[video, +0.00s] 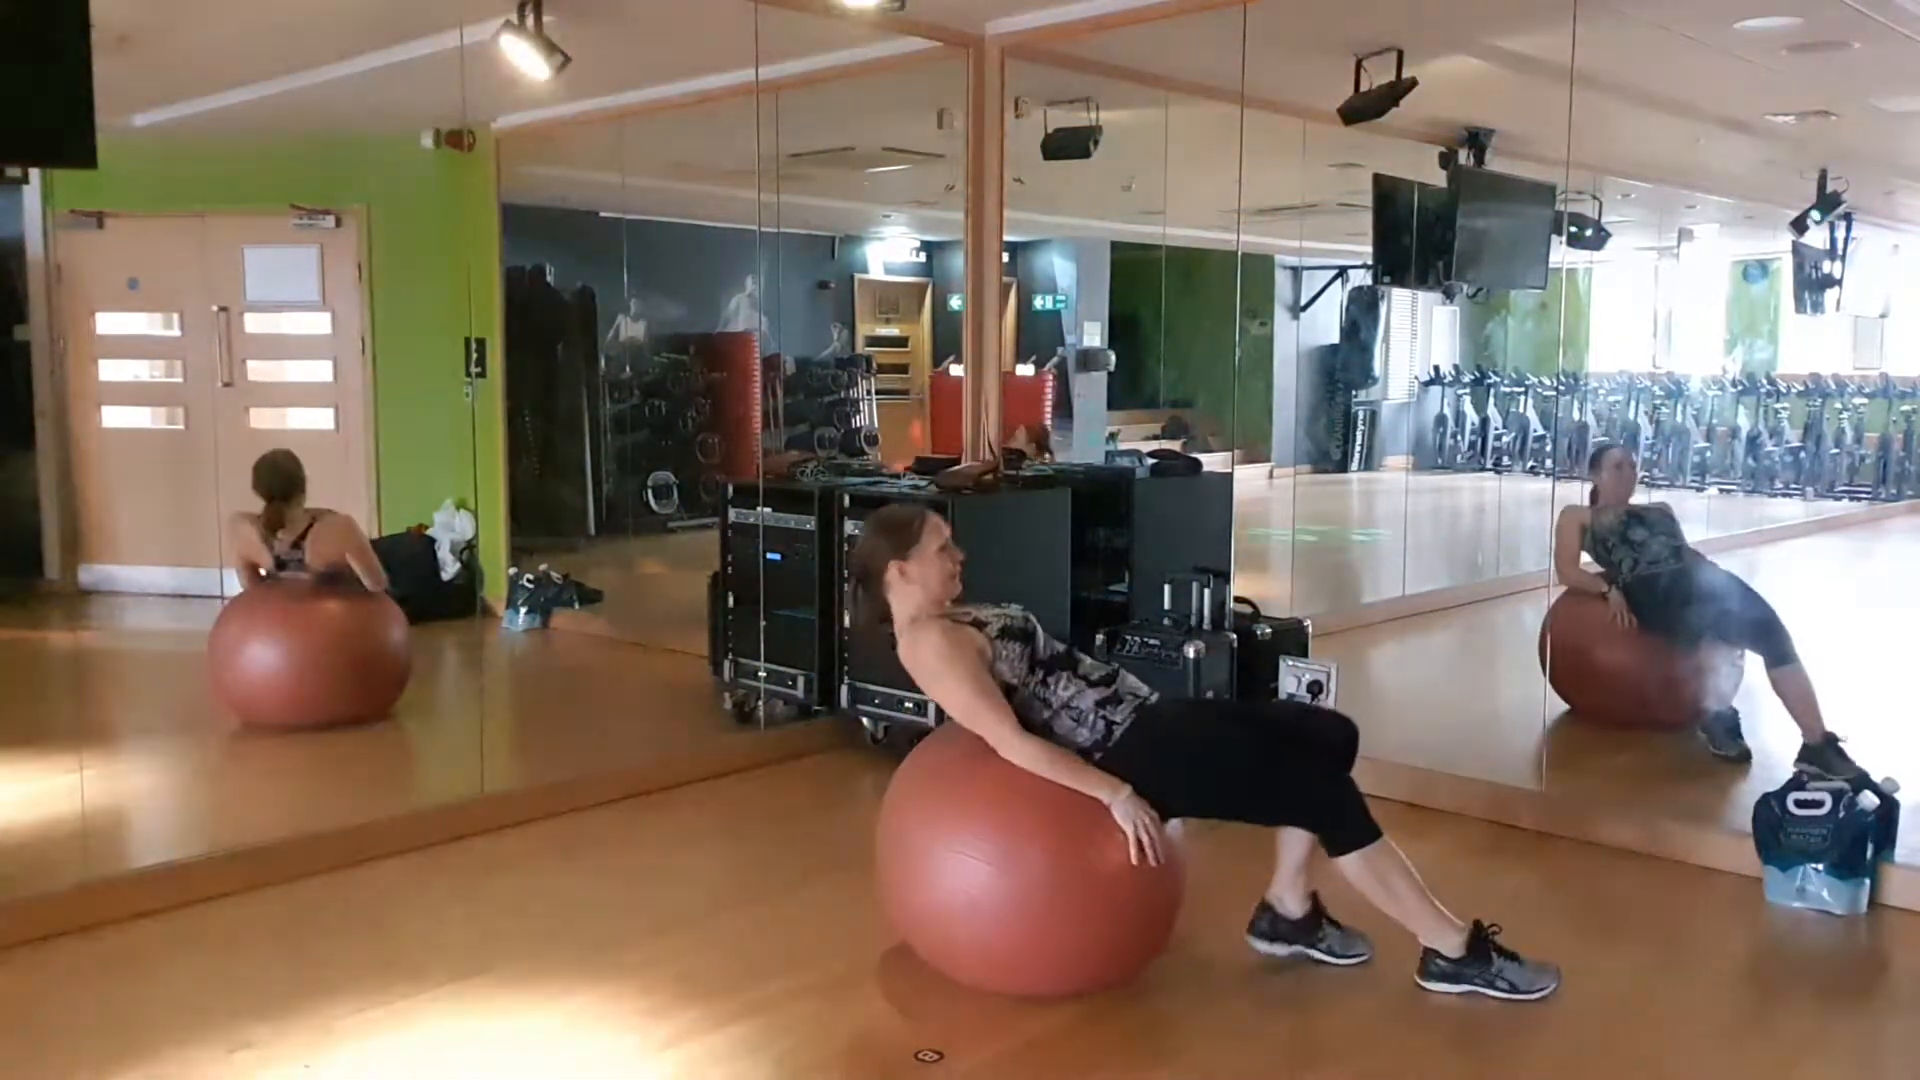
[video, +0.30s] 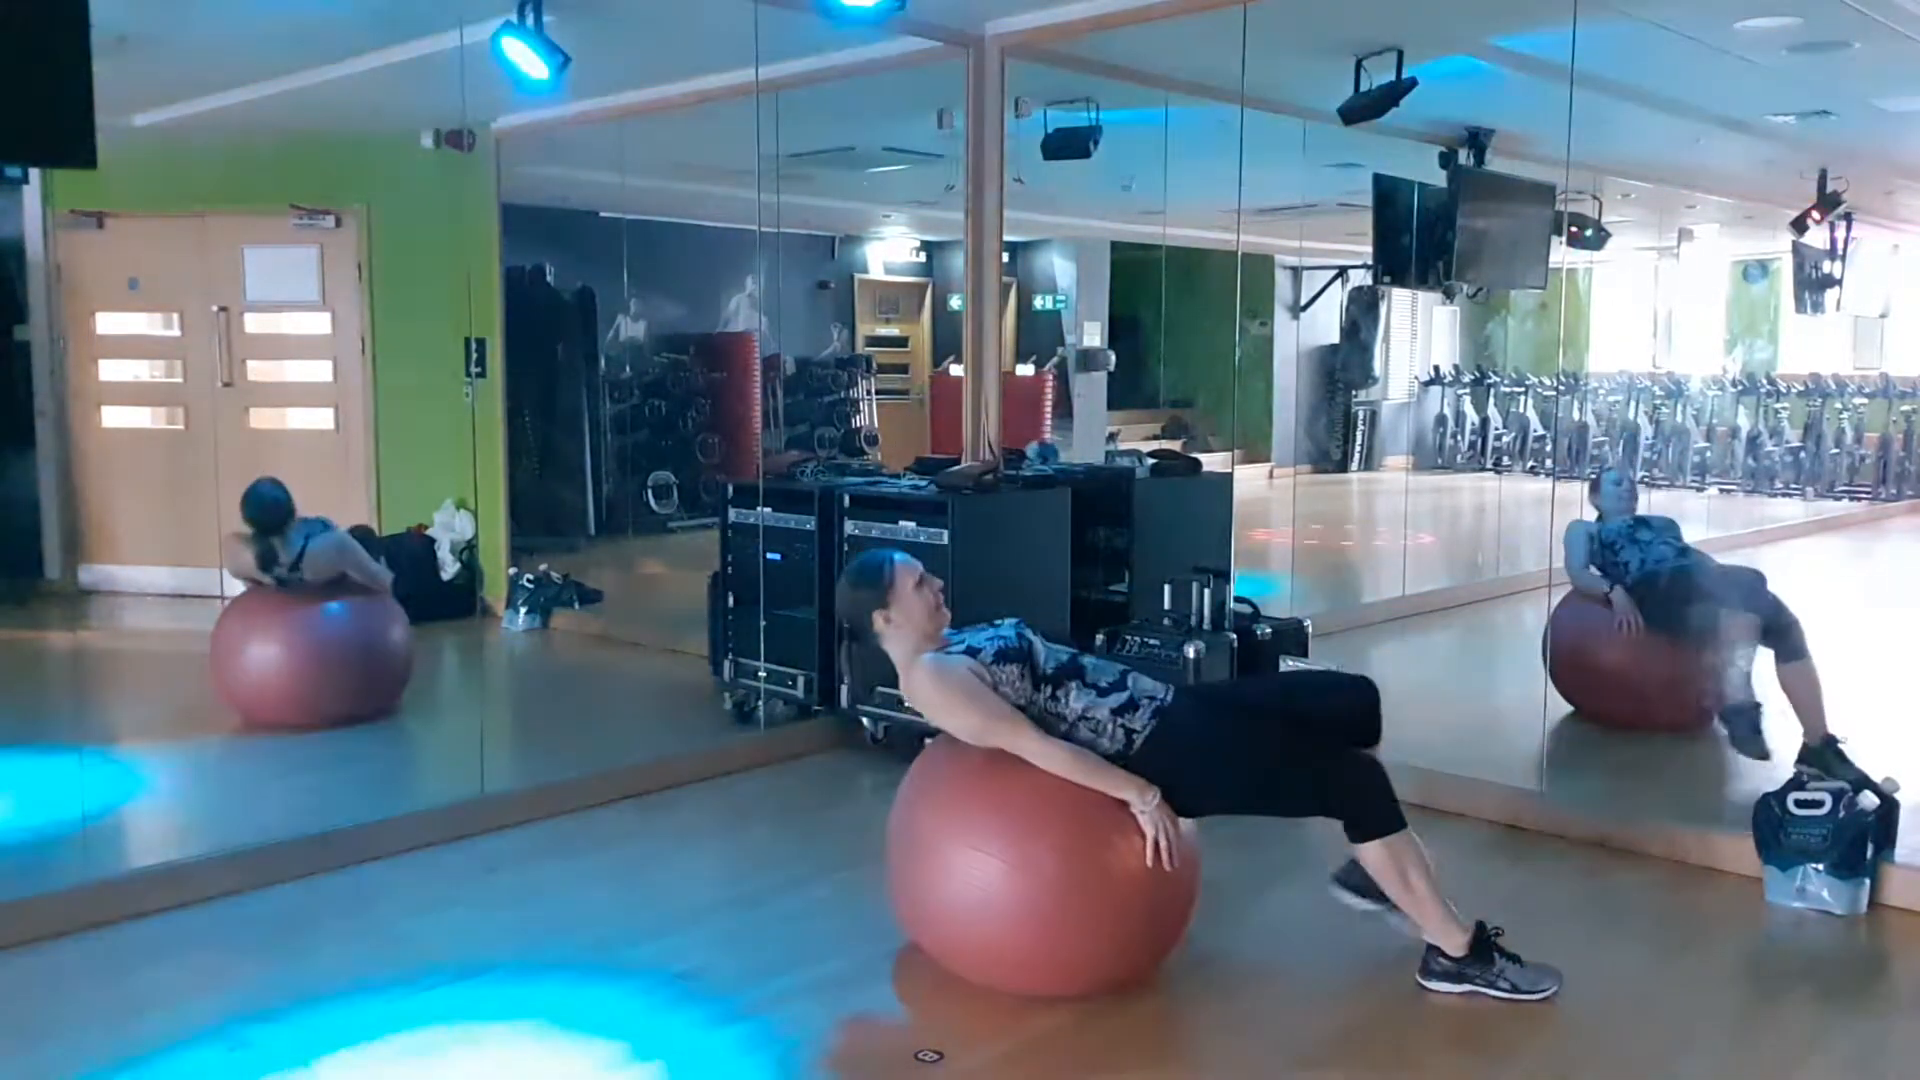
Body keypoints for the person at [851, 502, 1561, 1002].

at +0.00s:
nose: (958, 557)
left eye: (952, 544)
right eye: (942, 549)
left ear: (919, 565)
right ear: (899, 574)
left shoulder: (956, 620)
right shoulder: (933, 643)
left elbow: (1045, 691)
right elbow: (1008, 737)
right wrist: (1111, 791)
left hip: (1145, 720)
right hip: (1128, 751)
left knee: (1327, 733)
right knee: (1320, 780)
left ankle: (1290, 911)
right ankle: (1453, 946)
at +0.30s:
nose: (936, 583)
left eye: (927, 573)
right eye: (918, 581)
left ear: (911, 596)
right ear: (888, 612)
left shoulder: (960, 644)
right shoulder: (932, 677)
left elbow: (1061, 692)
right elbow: (1026, 740)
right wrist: (1134, 790)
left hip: (1178, 704)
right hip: (1162, 749)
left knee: (1358, 700)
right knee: (1352, 776)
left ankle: (1367, 865)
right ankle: (1453, 945)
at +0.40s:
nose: (932, 589)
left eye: (923, 581)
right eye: (914, 590)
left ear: (910, 608)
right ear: (886, 626)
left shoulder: (966, 649)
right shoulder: (934, 684)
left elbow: (1073, 690)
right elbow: (1029, 743)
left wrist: (1175, 707)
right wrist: (1137, 792)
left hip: (1187, 709)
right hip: (1167, 752)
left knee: (1363, 713)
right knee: (1354, 774)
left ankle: (1434, 867)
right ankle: (1450, 947)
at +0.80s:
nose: (938, 589)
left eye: (926, 582)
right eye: (919, 594)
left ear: (922, 621)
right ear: (902, 639)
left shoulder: (982, 654)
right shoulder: (960, 685)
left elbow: (1089, 697)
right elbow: (1055, 749)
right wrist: (1162, 796)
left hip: (1199, 717)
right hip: (1187, 750)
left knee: (1384, 737)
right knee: (1386, 753)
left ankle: (1511, 853)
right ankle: (1456, 951)